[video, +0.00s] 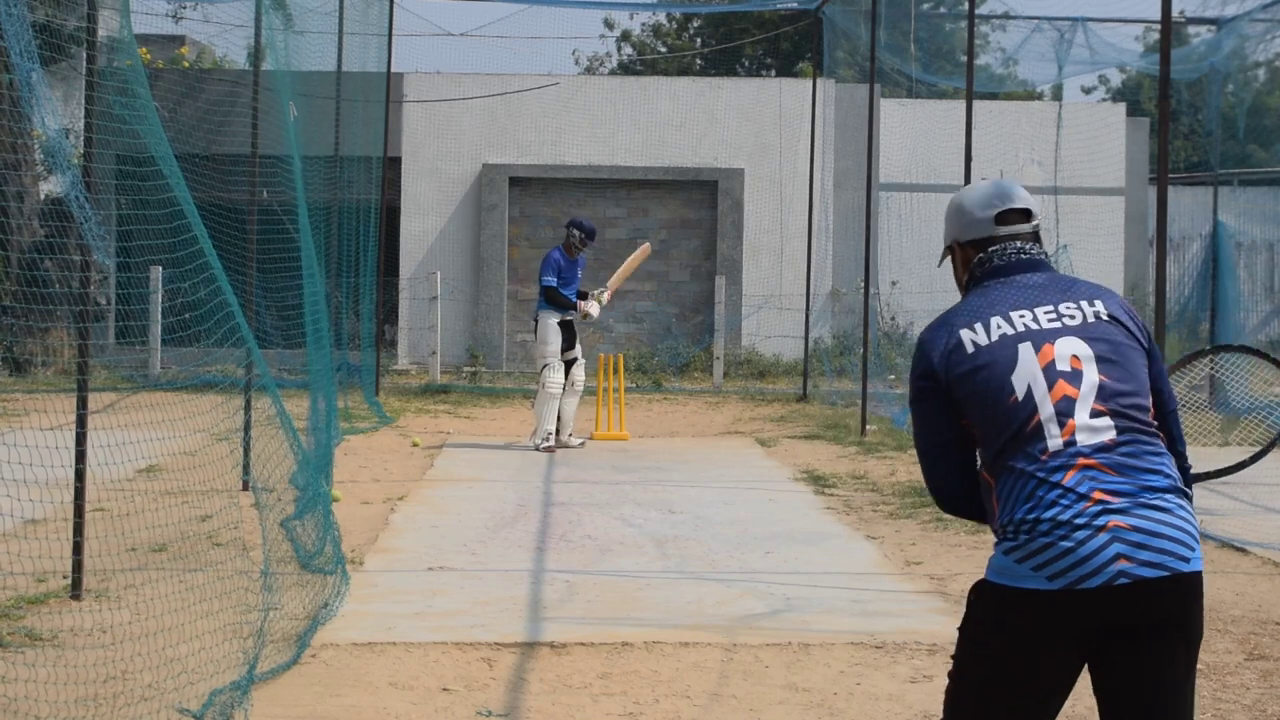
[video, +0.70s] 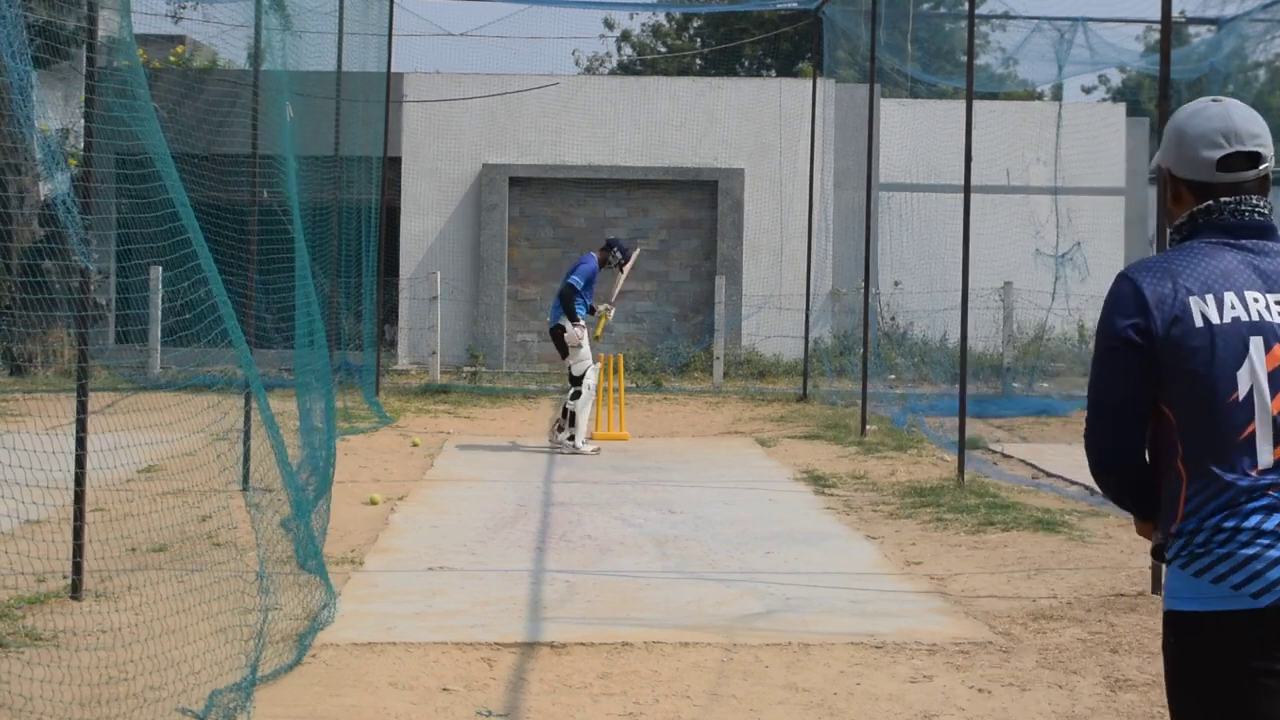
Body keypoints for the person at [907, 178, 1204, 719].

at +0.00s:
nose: (953, 271)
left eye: (952, 259)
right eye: (952, 259)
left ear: (964, 257)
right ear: (1035, 243)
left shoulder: (943, 337)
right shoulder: (1117, 306)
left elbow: (953, 491)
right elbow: (1173, 446)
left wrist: (1041, 500)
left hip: (1044, 579)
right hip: (1166, 570)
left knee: (979, 710)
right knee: (1161, 711)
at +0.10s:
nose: (1015, 231)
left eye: (1016, 220)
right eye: (1016, 220)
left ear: (1026, 223)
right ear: (1105, 214)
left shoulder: (996, 309)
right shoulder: (1173, 291)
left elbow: (991, 463)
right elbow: (1217, 438)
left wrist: (1071, 493)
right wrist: (1216, 522)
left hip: (1080, 568)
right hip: (1203, 562)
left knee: (1011, 710)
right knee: (1185, 710)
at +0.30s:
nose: (1084, 199)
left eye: (1086, 187)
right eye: (1086, 186)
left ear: (1096, 193)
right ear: (1179, 193)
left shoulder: (1055, 278)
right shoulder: (1237, 283)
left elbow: (1024, 431)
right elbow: (1258, 416)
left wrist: (1100, 484)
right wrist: (1211, 471)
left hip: (1123, 560)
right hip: (1248, 552)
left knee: (1094, 708)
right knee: (1224, 710)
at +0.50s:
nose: (1128, 192)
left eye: (1131, 181)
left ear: (1141, 190)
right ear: (1229, 188)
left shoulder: (1100, 279)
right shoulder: (1273, 279)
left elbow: (1062, 436)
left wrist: (1138, 485)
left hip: (1176, 576)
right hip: (1277, 565)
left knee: (1174, 707)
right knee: (1261, 705)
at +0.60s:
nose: (1142, 196)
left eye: (1144, 184)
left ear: (1155, 193)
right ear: (1244, 189)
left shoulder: (1120, 281)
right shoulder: (1278, 274)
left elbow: (1080, 441)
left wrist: (1151, 497)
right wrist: (1155, 492)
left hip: (1202, 585)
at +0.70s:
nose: (1162, 198)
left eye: (1163, 185)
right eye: (1165, 184)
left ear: (1176, 191)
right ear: (1262, 183)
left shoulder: (1148, 286)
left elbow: (1111, 451)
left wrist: (1159, 508)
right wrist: (1166, 508)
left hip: (1229, 589)